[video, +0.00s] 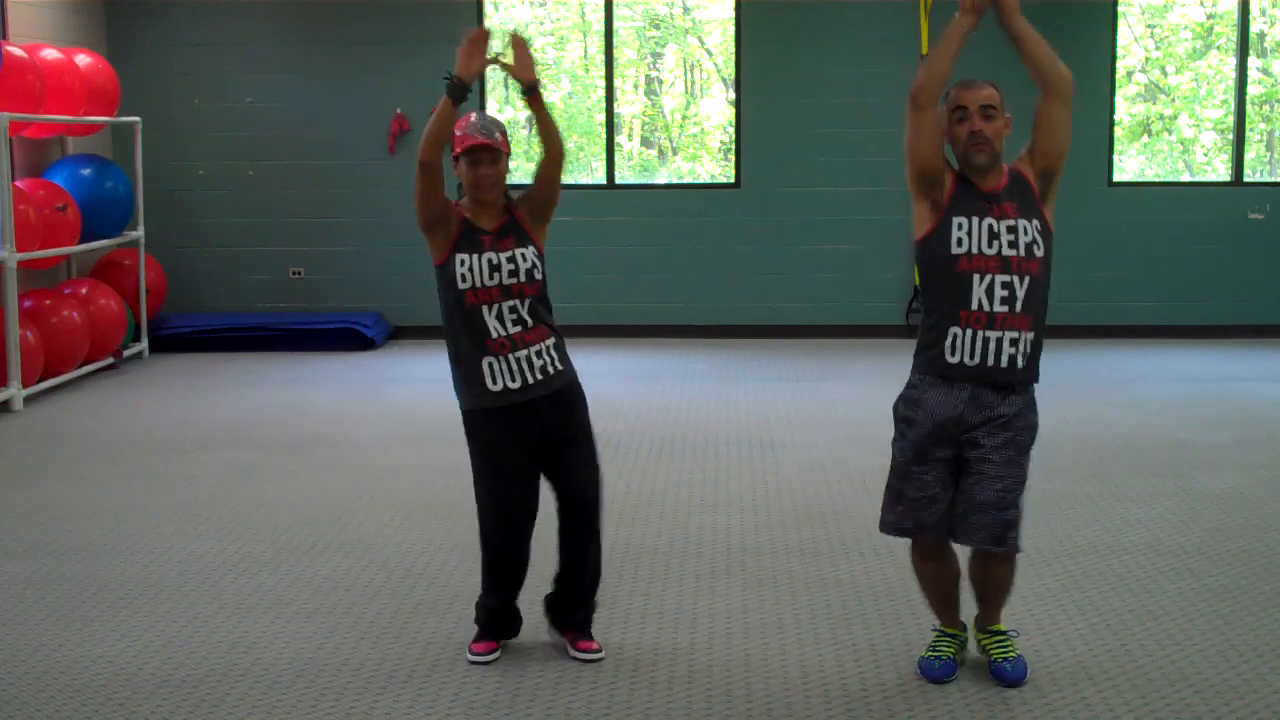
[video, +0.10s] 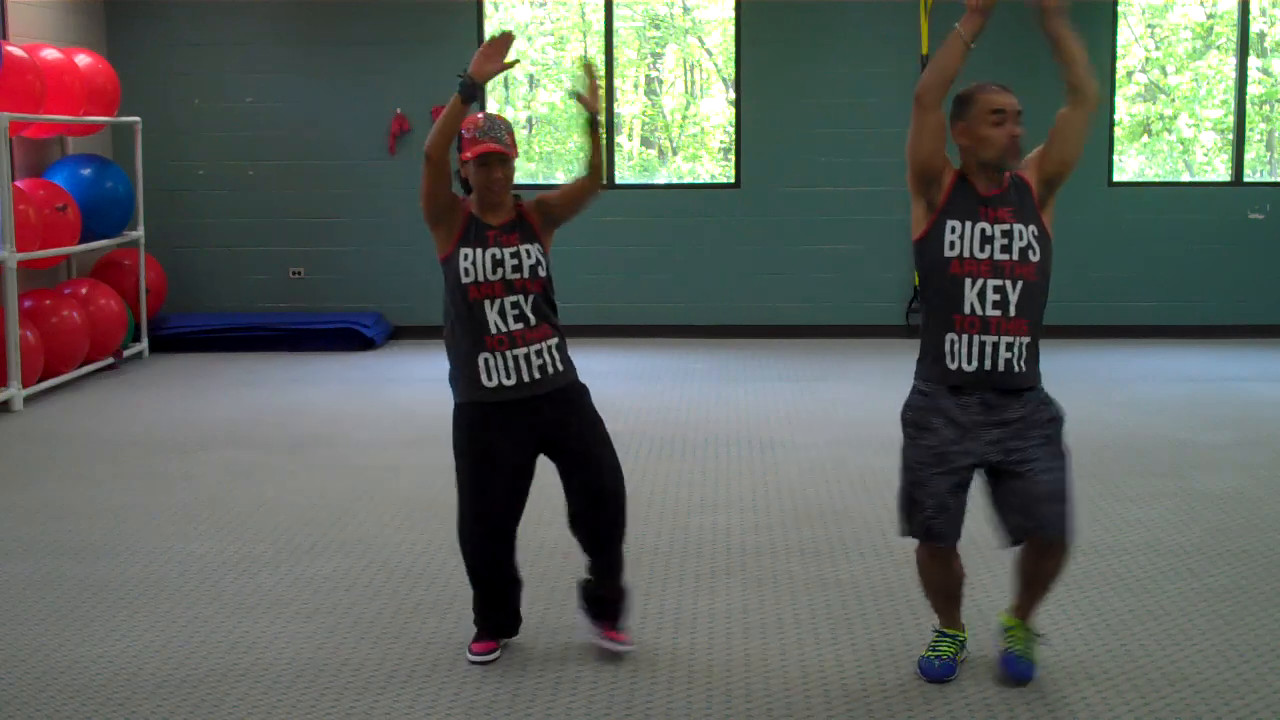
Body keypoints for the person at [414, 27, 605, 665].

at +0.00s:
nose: (484, 168)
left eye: (491, 158)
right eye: (474, 159)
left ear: (506, 165)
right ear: (459, 169)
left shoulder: (528, 219)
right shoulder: (445, 229)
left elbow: (553, 155)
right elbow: (426, 160)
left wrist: (532, 90)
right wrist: (459, 81)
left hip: (558, 394)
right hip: (492, 408)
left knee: (583, 510)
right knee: (503, 523)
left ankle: (573, 619)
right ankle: (494, 624)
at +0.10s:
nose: (492, 170)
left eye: (500, 160)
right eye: (482, 161)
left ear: (515, 165)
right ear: (464, 168)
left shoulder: (538, 215)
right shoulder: (451, 222)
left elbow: (596, 179)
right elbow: (434, 156)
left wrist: (596, 118)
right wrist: (471, 82)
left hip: (556, 392)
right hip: (484, 404)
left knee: (604, 491)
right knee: (483, 524)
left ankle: (605, 606)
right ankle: (493, 623)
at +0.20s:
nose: (501, 172)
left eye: (509, 161)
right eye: (491, 163)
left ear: (523, 165)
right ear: (472, 169)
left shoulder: (550, 216)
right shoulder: (460, 222)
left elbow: (615, 217)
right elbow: (445, 152)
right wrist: (480, 82)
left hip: (559, 399)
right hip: (486, 406)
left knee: (608, 509)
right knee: (470, 528)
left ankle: (654, 609)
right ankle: (491, 622)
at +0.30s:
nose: (509, 173)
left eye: (518, 163)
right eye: (500, 165)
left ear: (536, 168)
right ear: (486, 173)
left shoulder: (568, 227)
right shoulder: (476, 226)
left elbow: (637, 253)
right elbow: (452, 157)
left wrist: (702, 272)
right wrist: (487, 86)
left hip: (567, 406)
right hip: (493, 411)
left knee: (612, 515)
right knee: (472, 525)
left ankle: (668, 618)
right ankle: (489, 623)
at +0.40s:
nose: (522, 175)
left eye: (532, 165)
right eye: (512, 167)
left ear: (550, 170)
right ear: (500, 177)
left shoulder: (583, 233)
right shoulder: (492, 230)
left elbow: (641, 289)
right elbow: (463, 169)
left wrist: (684, 348)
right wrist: (488, 98)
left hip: (585, 408)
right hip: (512, 410)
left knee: (621, 519)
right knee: (469, 514)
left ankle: (670, 624)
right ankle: (484, 621)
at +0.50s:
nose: (527, 185)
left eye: (537, 173)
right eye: (518, 175)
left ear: (557, 176)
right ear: (506, 182)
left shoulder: (591, 237)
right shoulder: (500, 236)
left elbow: (636, 310)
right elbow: (467, 178)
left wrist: (640, 385)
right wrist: (487, 111)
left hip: (592, 408)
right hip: (519, 409)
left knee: (626, 526)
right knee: (463, 513)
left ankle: (670, 627)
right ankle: (467, 612)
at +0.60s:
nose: (525, 187)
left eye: (535, 176)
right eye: (516, 178)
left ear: (554, 179)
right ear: (505, 184)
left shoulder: (585, 241)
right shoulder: (495, 238)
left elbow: (636, 309)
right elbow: (456, 185)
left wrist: (628, 368)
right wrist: (477, 122)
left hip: (586, 413)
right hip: (514, 417)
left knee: (625, 527)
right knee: (474, 524)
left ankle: (670, 627)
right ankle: (441, 619)